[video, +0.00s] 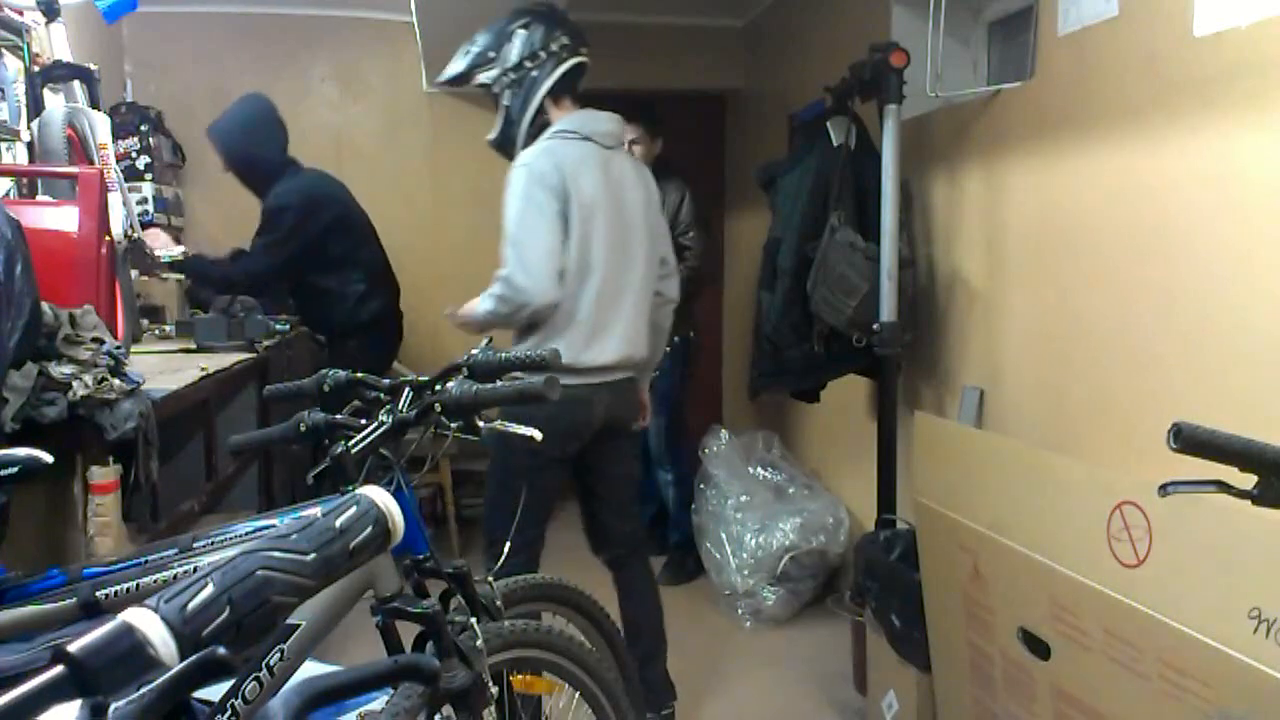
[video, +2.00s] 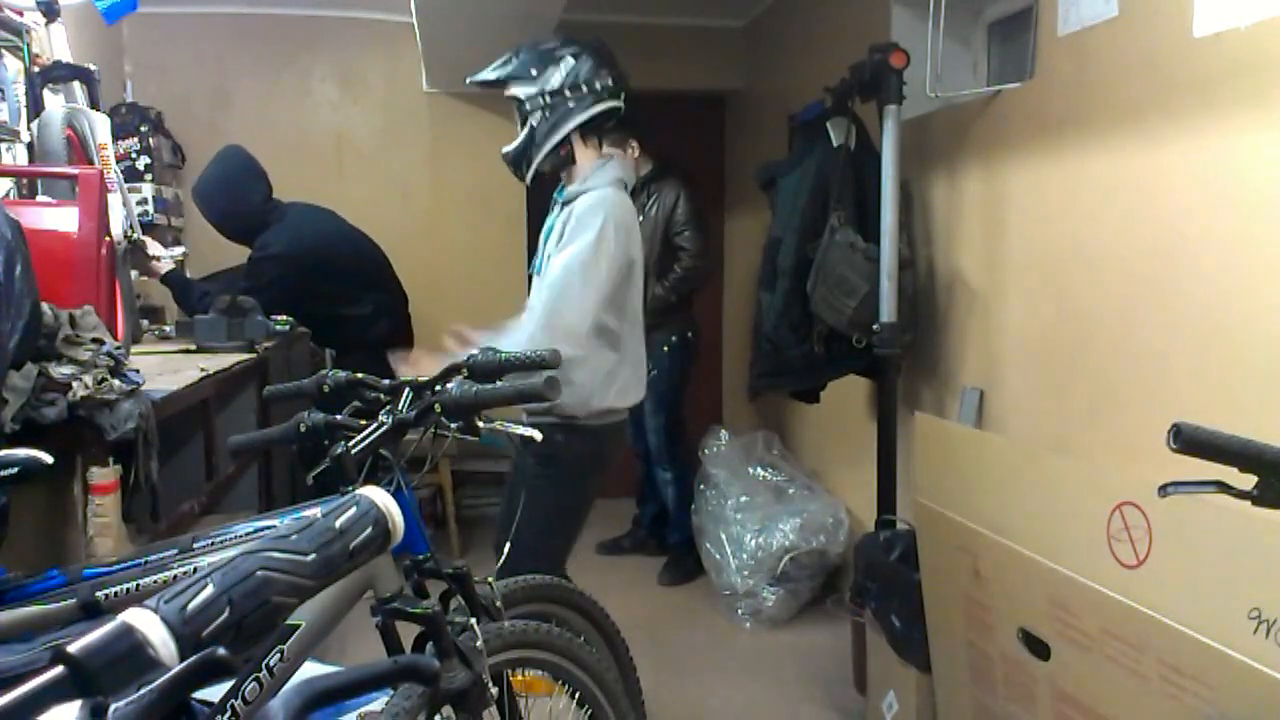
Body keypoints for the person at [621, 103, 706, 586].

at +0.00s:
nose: (629, 151)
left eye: (637, 143)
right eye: (625, 143)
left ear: (658, 146)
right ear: (619, 148)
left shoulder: (673, 193)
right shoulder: (616, 194)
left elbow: (693, 254)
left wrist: (663, 292)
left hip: (668, 325)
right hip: (625, 322)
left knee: (664, 438)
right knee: (634, 435)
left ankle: (683, 543)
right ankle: (651, 529)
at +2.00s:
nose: (610, 166)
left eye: (612, 157)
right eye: (607, 158)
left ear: (633, 151)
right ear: (626, 154)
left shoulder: (670, 192)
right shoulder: (619, 200)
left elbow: (693, 258)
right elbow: (622, 260)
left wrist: (651, 302)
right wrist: (619, 300)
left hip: (667, 331)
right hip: (634, 331)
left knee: (662, 435)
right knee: (640, 434)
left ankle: (685, 544)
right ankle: (650, 527)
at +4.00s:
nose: (602, 169)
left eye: (606, 160)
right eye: (597, 162)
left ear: (632, 152)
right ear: (608, 160)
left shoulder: (668, 192)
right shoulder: (611, 199)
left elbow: (689, 262)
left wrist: (651, 308)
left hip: (664, 328)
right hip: (623, 328)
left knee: (663, 434)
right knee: (638, 435)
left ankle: (685, 543)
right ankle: (651, 525)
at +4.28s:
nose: (612, 161)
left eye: (616, 152)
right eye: (608, 154)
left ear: (632, 150)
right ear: (612, 154)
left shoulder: (667, 193)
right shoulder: (607, 196)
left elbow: (688, 261)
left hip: (665, 324)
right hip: (622, 323)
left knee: (665, 435)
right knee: (638, 433)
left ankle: (684, 542)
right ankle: (651, 523)